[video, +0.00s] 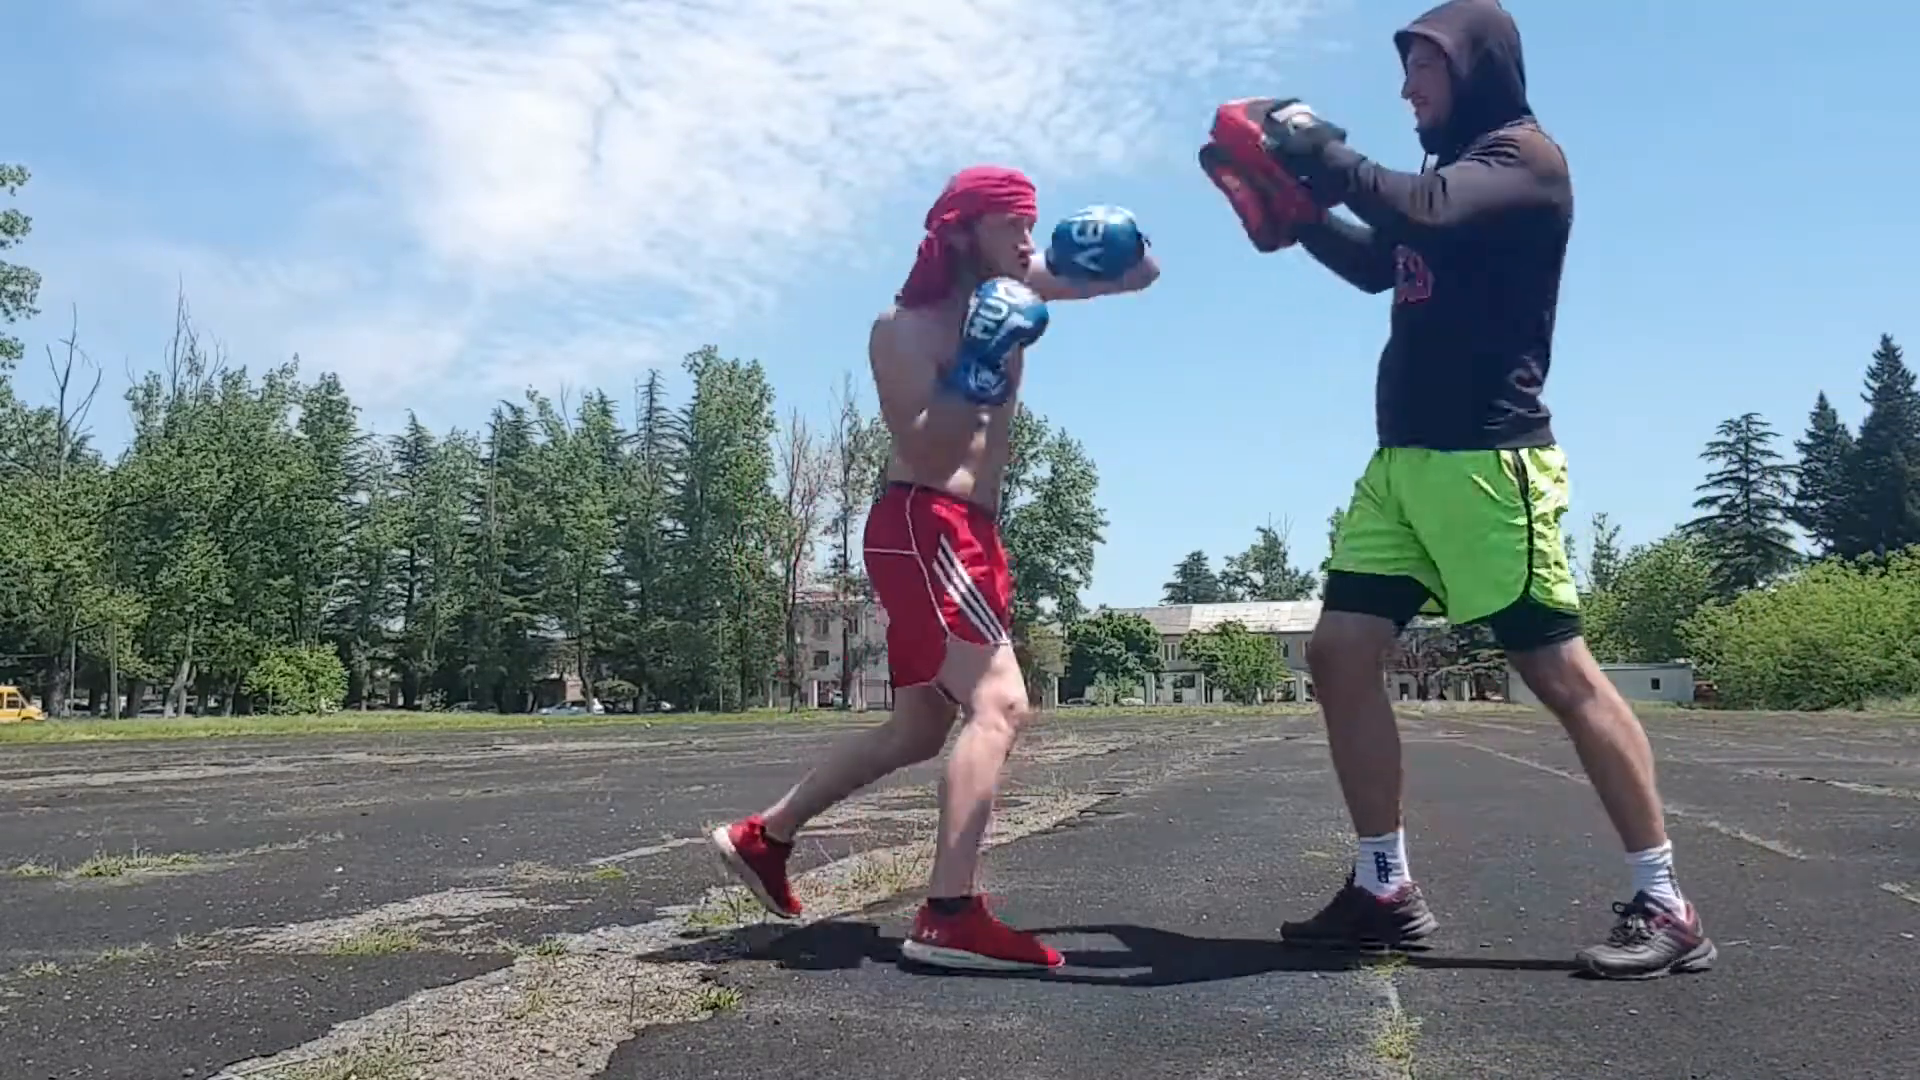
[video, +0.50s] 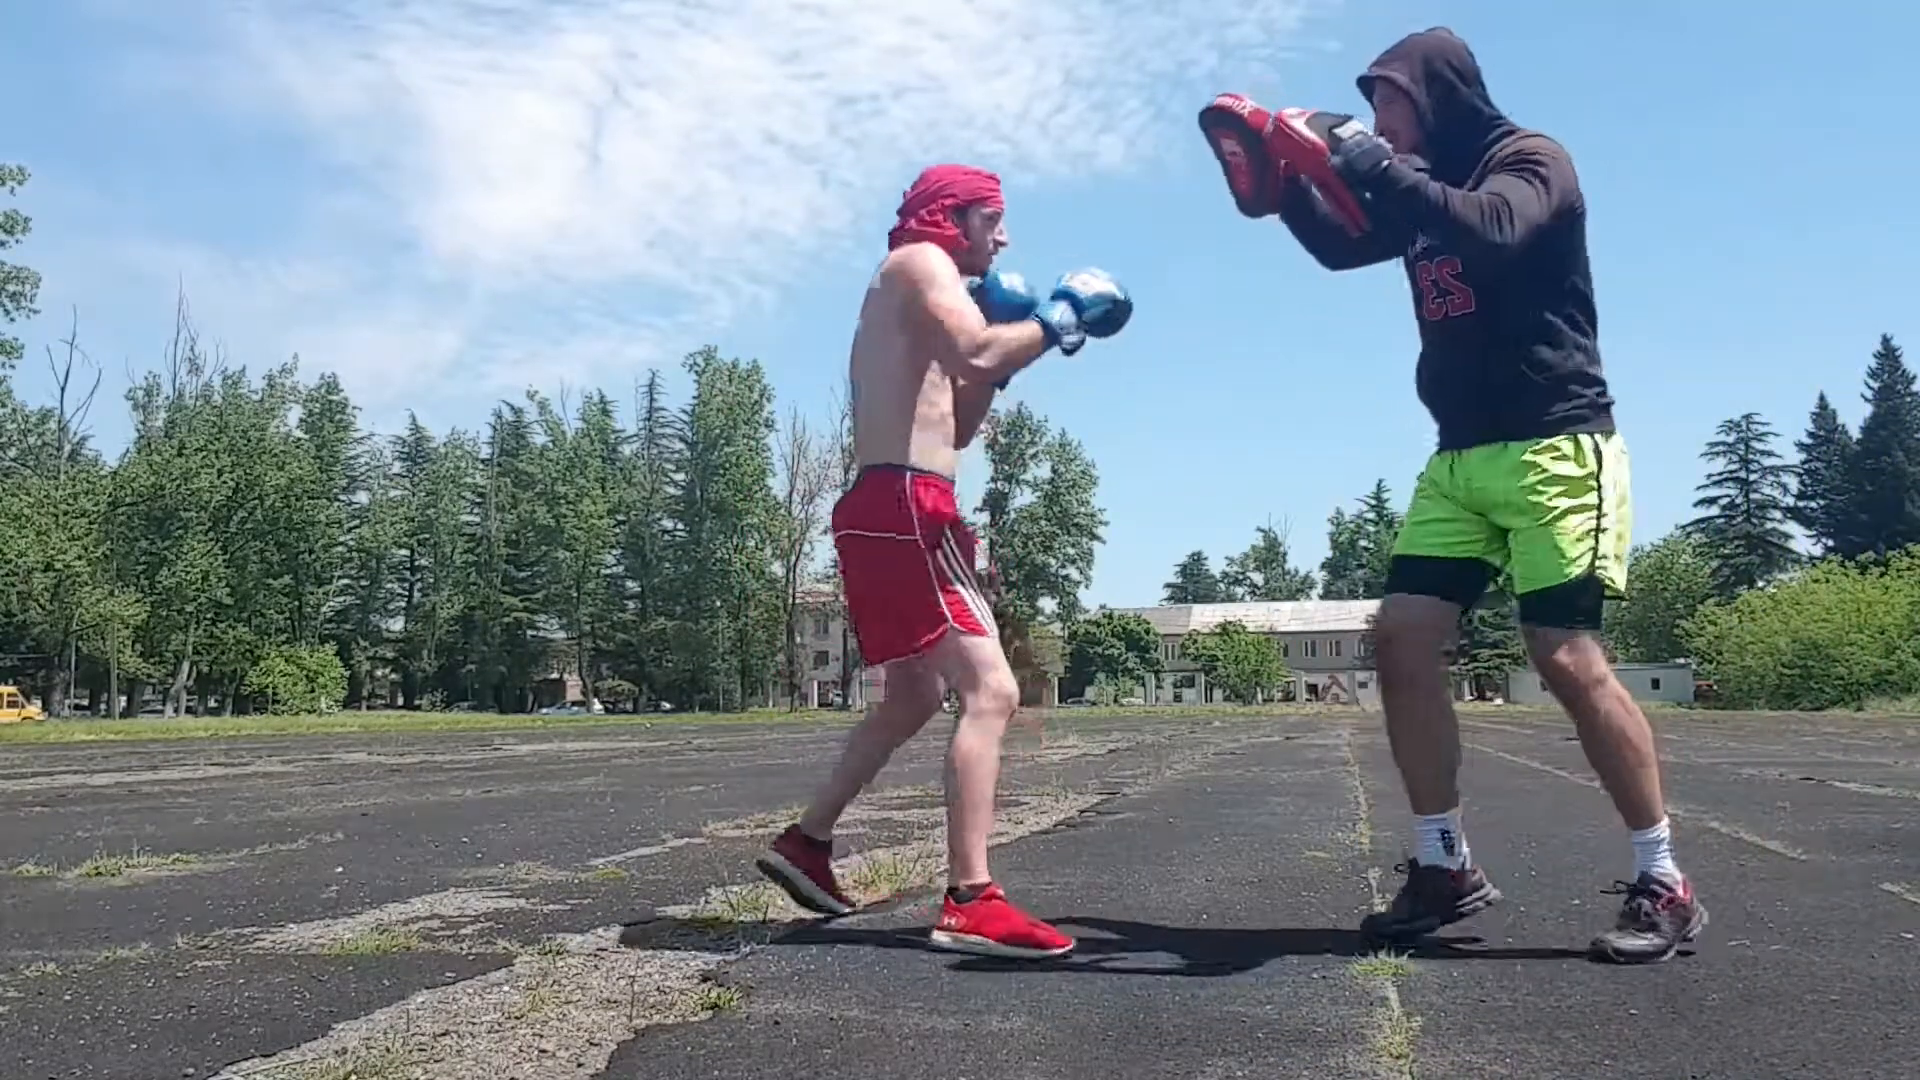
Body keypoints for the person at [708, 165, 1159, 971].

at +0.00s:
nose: (1028, 243)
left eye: (1027, 228)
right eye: (1014, 227)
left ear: (999, 237)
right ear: (963, 232)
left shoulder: (1007, 296)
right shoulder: (902, 330)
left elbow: (1137, 276)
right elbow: (921, 448)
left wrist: (1122, 250)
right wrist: (983, 362)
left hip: (971, 530)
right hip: (921, 525)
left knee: (915, 730)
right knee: (999, 702)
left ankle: (767, 833)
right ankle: (951, 909)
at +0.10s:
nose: (1042, 240)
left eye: (1041, 225)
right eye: (1028, 224)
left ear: (1001, 237)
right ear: (978, 229)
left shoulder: (987, 320)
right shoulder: (916, 304)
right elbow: (930, 402)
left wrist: (1085, 357)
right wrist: (999, 351)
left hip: (953, 534)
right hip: (916, 532)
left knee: (948, 709)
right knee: (1009, 704)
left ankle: (835, 843)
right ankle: (952, 907)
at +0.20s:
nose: (1037, 275)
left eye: (1036, 261)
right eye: (1027, 260)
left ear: (984, 264)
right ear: (984, 260)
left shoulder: (954, 332)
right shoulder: (940, 306)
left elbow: (965, 472)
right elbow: (937, 410)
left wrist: (1013, 418)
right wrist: (1018, 377)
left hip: (924, 547)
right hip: (921, 549)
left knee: (949, 719)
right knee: (1025, 714)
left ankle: (835, 850)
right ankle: (953, 907)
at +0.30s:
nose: (1020, 286)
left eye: (1019, 271)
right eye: (1011, 271)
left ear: (957, 273)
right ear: (974, 270)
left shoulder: (919, 329)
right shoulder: (946, 302)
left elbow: (948, 474)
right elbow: (932, 396)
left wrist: (1002, 408)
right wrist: (1011, 378)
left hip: (883, 548)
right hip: (922, 544)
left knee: (921, 721)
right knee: (1024, 712)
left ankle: (822, 866)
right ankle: (959, 901)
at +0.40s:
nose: (1014, 247)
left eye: (1013, 234)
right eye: (1005, 232)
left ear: (954, 231)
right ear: (969, 228)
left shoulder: (914, 296)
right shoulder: (943, 260)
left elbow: (948, 443)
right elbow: (952, 356)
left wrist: (995, 379)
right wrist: (1024, 321)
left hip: (868, 515)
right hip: (908, 509)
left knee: (910, 697)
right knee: (1006, 685)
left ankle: (830, 853)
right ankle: (971, 883)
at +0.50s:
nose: (1003, 241)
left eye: (1002, 226)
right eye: (994, 225)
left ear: (940, 223)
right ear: (957, 221)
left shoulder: (917, 290)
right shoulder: (921, 262)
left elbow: (958, 428)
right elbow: (973, 350)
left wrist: (1011, 347)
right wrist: (1057, 321)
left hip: (879, 509)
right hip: (905, 506)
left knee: (913, 694)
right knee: (989, 692)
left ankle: (808, 839)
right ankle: (971, 895)